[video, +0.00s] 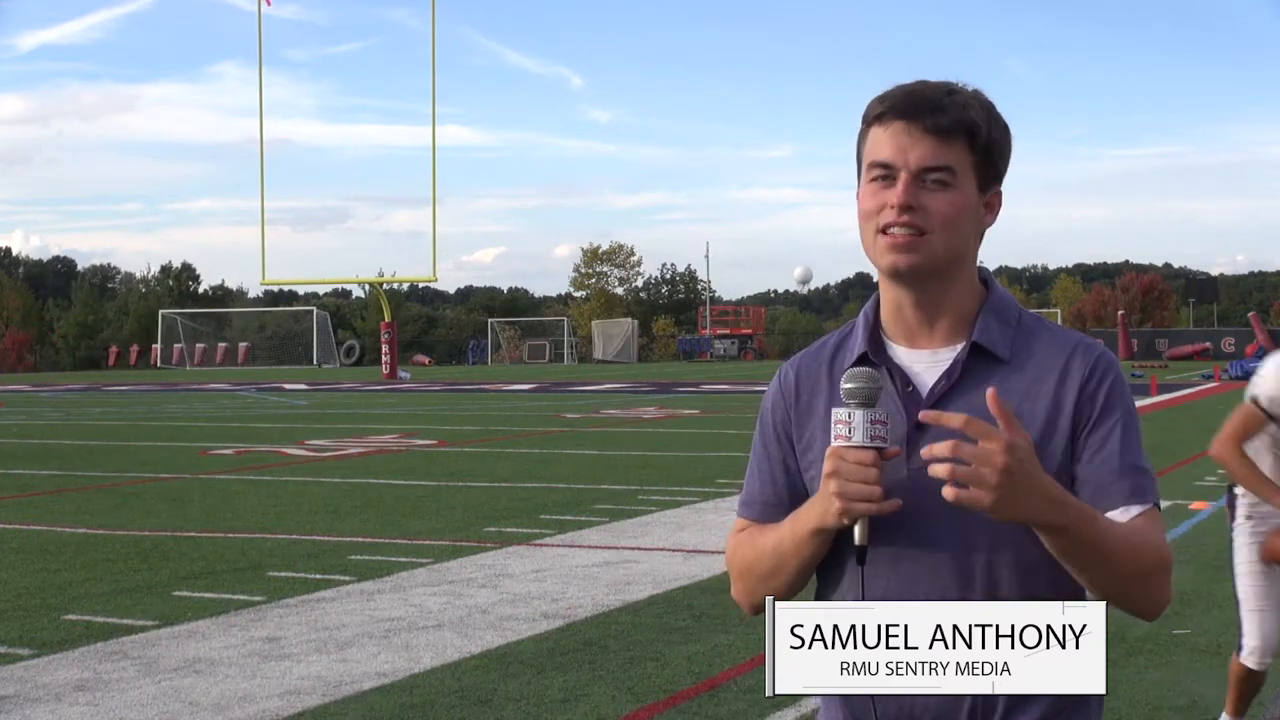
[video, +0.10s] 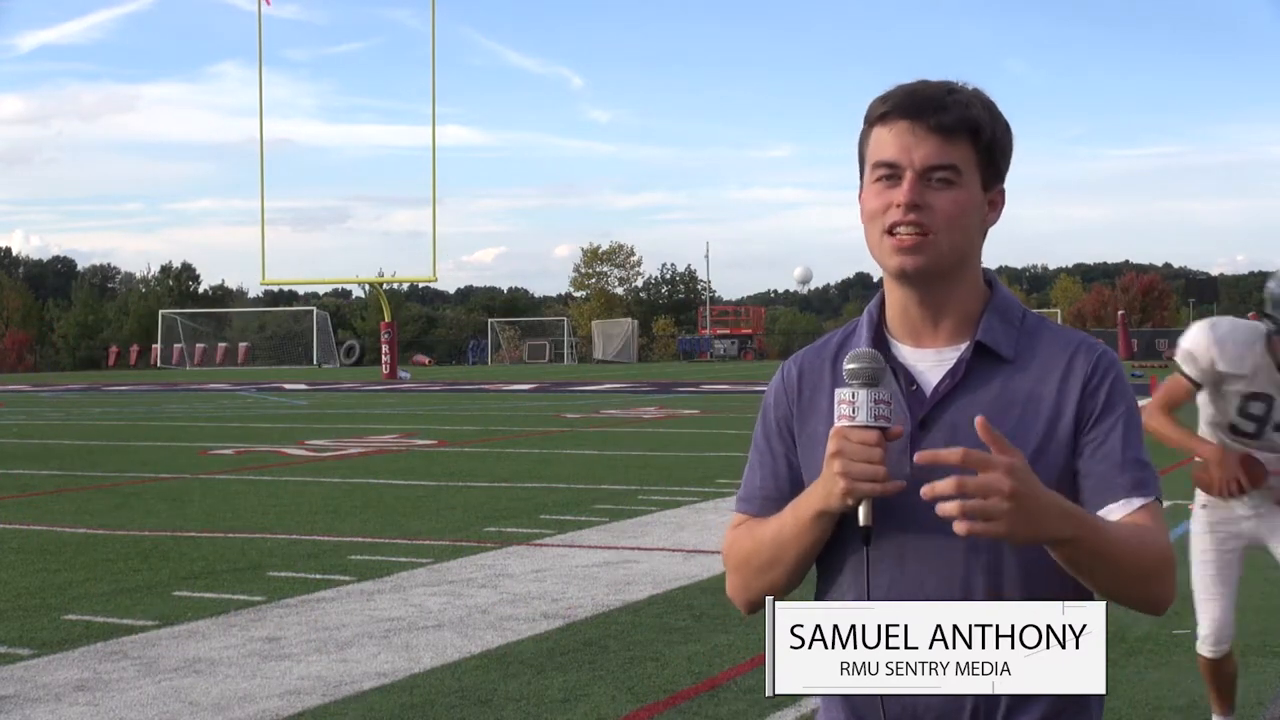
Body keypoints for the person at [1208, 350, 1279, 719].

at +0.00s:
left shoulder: (1271, 371)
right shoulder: (1275, 371)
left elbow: (1224, 445)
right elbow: (1223, 445)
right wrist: (1275, 497)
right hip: (1261, 512)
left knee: (1263, 645)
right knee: (1260, 645)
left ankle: (1232, 711)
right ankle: (1231, 714)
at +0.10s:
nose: (1277, 341)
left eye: (1278, 330)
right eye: (1274, 329)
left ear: (1276, 326)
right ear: (1265, 322)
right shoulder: (1220, 342)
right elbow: (1151, 411)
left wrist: (1251, 470)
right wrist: (1211, 451)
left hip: (1275, 506)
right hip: (1217, 507)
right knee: (1213, 635)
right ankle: (1223, 713)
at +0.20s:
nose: (1222, 297)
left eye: (1236, 288)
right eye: (1215, 285)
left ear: (1260, 296)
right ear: (1202, 288)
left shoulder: (1272, 346)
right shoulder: (1162, 326)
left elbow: (1279, 438)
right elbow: (1130, 396)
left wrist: (1239, 453)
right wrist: (1152, 429)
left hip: (1245, 487)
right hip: (1176, 488)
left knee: (1277, 605)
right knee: (1186, 625)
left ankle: (1275, 709)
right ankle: (1216, 711)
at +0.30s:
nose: (1161, 279)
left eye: (1173, 269)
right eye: (1155, 268)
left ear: (1204, 274)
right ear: (1144, 272)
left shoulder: (1243, 329)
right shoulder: (1120, 319)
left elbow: (1264, 420)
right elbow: (1101, 400)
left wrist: (1189, 432)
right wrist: (1131, 430)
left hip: (1203, 469)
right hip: (1141, 469)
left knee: (1202, 606)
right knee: (1169, 609)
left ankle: (1243, 706)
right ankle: (1212, 710)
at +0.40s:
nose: (1106, 273)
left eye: (1117, 263)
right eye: (1102, 264)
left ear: (1150, 265)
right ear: (1098, 266)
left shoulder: (1189, 316)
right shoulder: (1090, 317)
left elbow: (1222, 409)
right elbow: (1076, 394)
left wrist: (1148, 424)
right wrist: (1093, 431)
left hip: (1171, 459)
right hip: (1112, 459)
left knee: (1164, 590)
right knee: (1124, 588)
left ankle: (1214, 708)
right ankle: (1138, 704)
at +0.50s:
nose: (1057, 280)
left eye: (1065, 270)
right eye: (1054, 271)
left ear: (1096, 268)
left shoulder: (1131, 318)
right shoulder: (1067, 325)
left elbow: (1167, 414)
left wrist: (1099, 431)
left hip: (1136, 483)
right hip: (1078, 479)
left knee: (1160, 599)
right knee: (1057, 602)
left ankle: (1215, 706)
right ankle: (1051, 707)